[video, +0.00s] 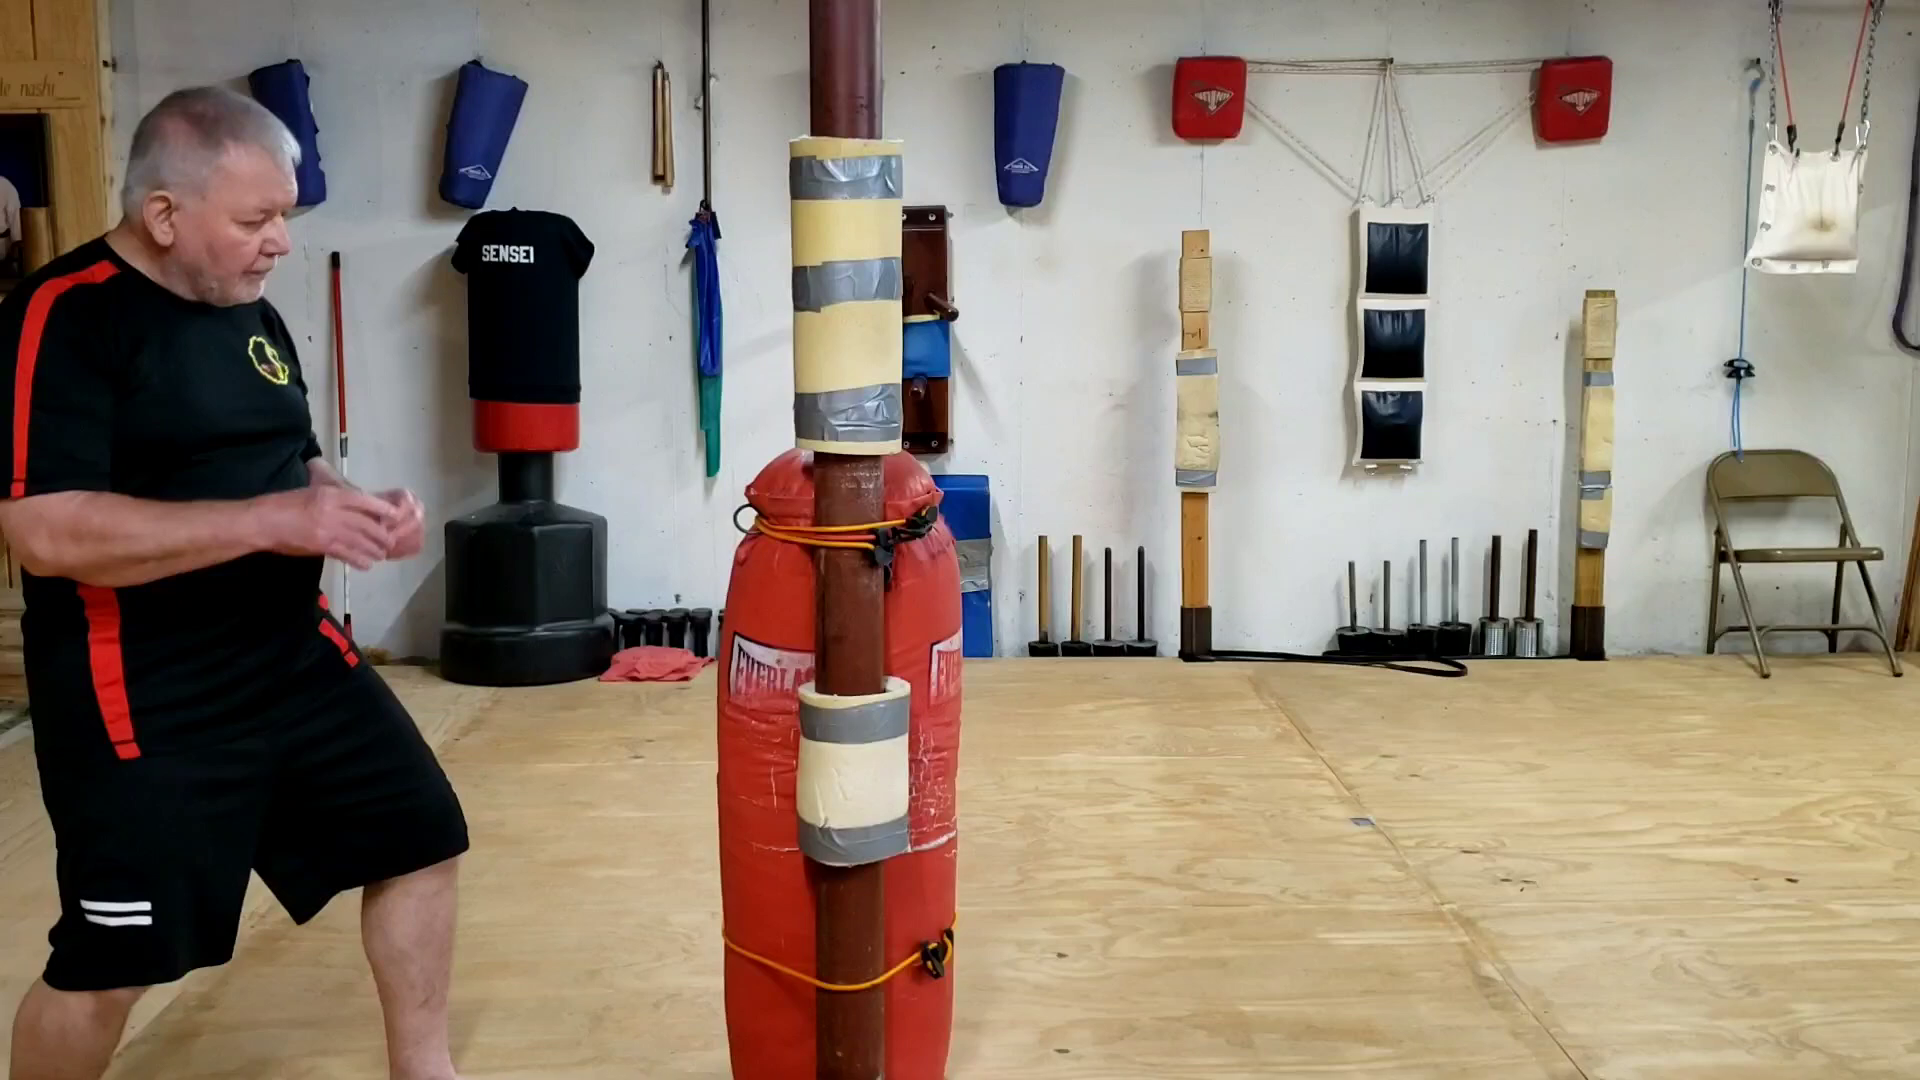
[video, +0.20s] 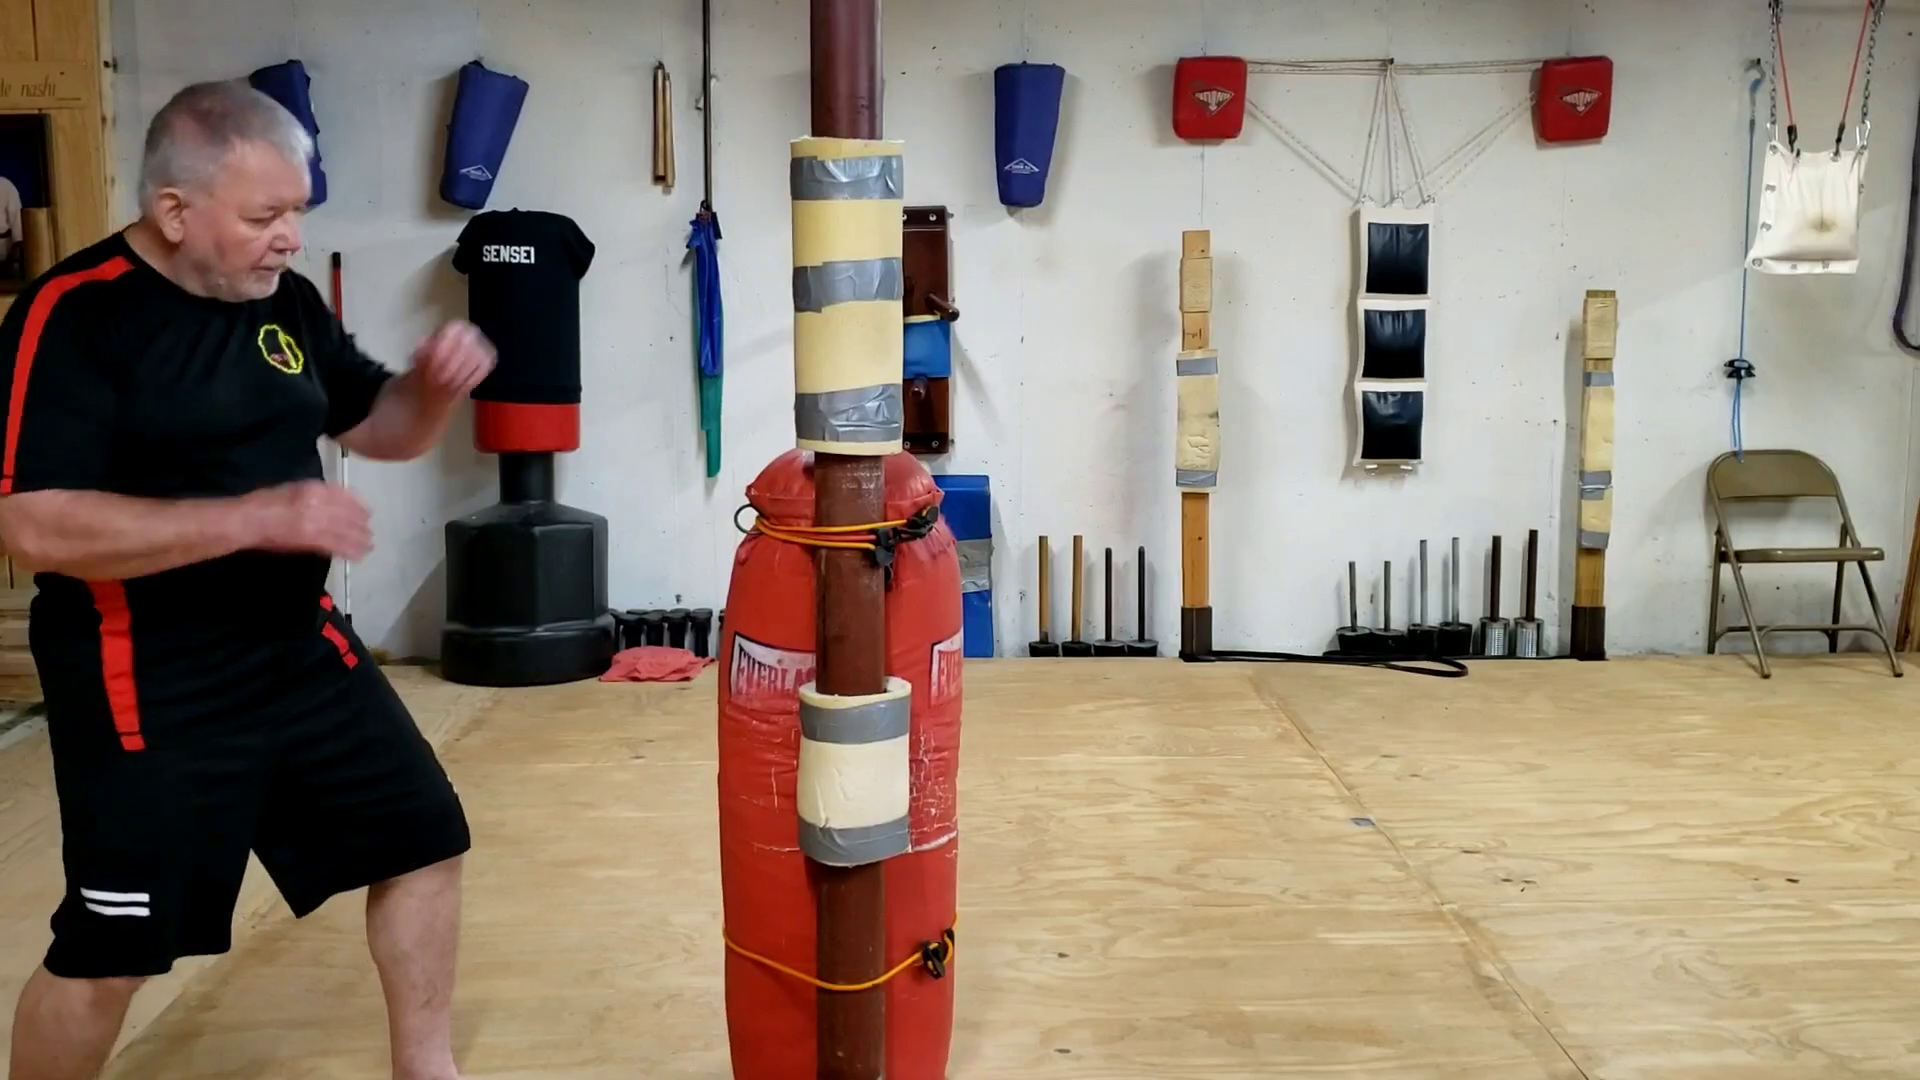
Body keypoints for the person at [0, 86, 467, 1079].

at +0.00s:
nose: (280, 243)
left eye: (286, 217)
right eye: (258, 220)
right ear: (164, 215)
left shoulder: (248, 313)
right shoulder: (59, 314)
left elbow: (288, 466)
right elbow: (40, 530)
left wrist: (351, 508)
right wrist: (273, 522)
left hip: (289, 665)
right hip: (134, 704)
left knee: (418, 839)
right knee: (114, 945)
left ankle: (424, 1070)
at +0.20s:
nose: (289, 238)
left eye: (296, 212)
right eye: (265, 216)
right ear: (174, 210)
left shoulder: (282, 301)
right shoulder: (68, 312)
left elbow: (384, 433)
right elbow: (33, 525)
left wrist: (432, 387)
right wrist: (258, 515)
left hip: (296, 655)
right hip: (139, 689)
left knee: (424, 841)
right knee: (110, 941)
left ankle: (425, 1066)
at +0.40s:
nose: (365, 256)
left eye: (371, 232)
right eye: (349, 231)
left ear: (281, 219)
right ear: (263, 213)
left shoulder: (307, 314)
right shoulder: (142, 296)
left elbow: (335, 487)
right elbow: (187, 476)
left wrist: (412, 464)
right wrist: (370, 389)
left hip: (303, 657)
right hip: (159, 689)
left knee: (435, 826)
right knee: (110, 939)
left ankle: (424, 1064)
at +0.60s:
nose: (442, 238)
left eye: (448, 218)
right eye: (433, 212)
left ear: (350, 195)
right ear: (353, 189)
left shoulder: (343, 300)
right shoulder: (254, 253)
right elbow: (394, 374)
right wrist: (567, 304)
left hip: (383, 645)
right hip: (265, 658)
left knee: (471, 839)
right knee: (217, 915)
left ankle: (429, 1068)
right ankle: (75, 1073)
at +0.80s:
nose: (447, 215)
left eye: (454, 194)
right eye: (439, 186)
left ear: (360, 166)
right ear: (362, 159)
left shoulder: (333, 256)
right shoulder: (285, 225)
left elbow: (365, 441)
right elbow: (252, 395)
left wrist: (500, 470)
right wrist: (364, 566)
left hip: (356, 588)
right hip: (377, 565)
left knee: (444, 839)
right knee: (612, 669)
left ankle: (429, 1066)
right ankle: (514, 936)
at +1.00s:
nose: (447, 222)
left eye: (452, 202)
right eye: (438, 194)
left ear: (364, 180)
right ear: (361, 173)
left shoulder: (346, 297)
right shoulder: (275, 243)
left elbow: (417, 453)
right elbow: (164, 424)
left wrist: (559, 421)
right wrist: (160, 633)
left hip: (356, 609)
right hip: (398, 563)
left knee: (466, 818)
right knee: (672, 611)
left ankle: (433, 1066)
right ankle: (769, 868)